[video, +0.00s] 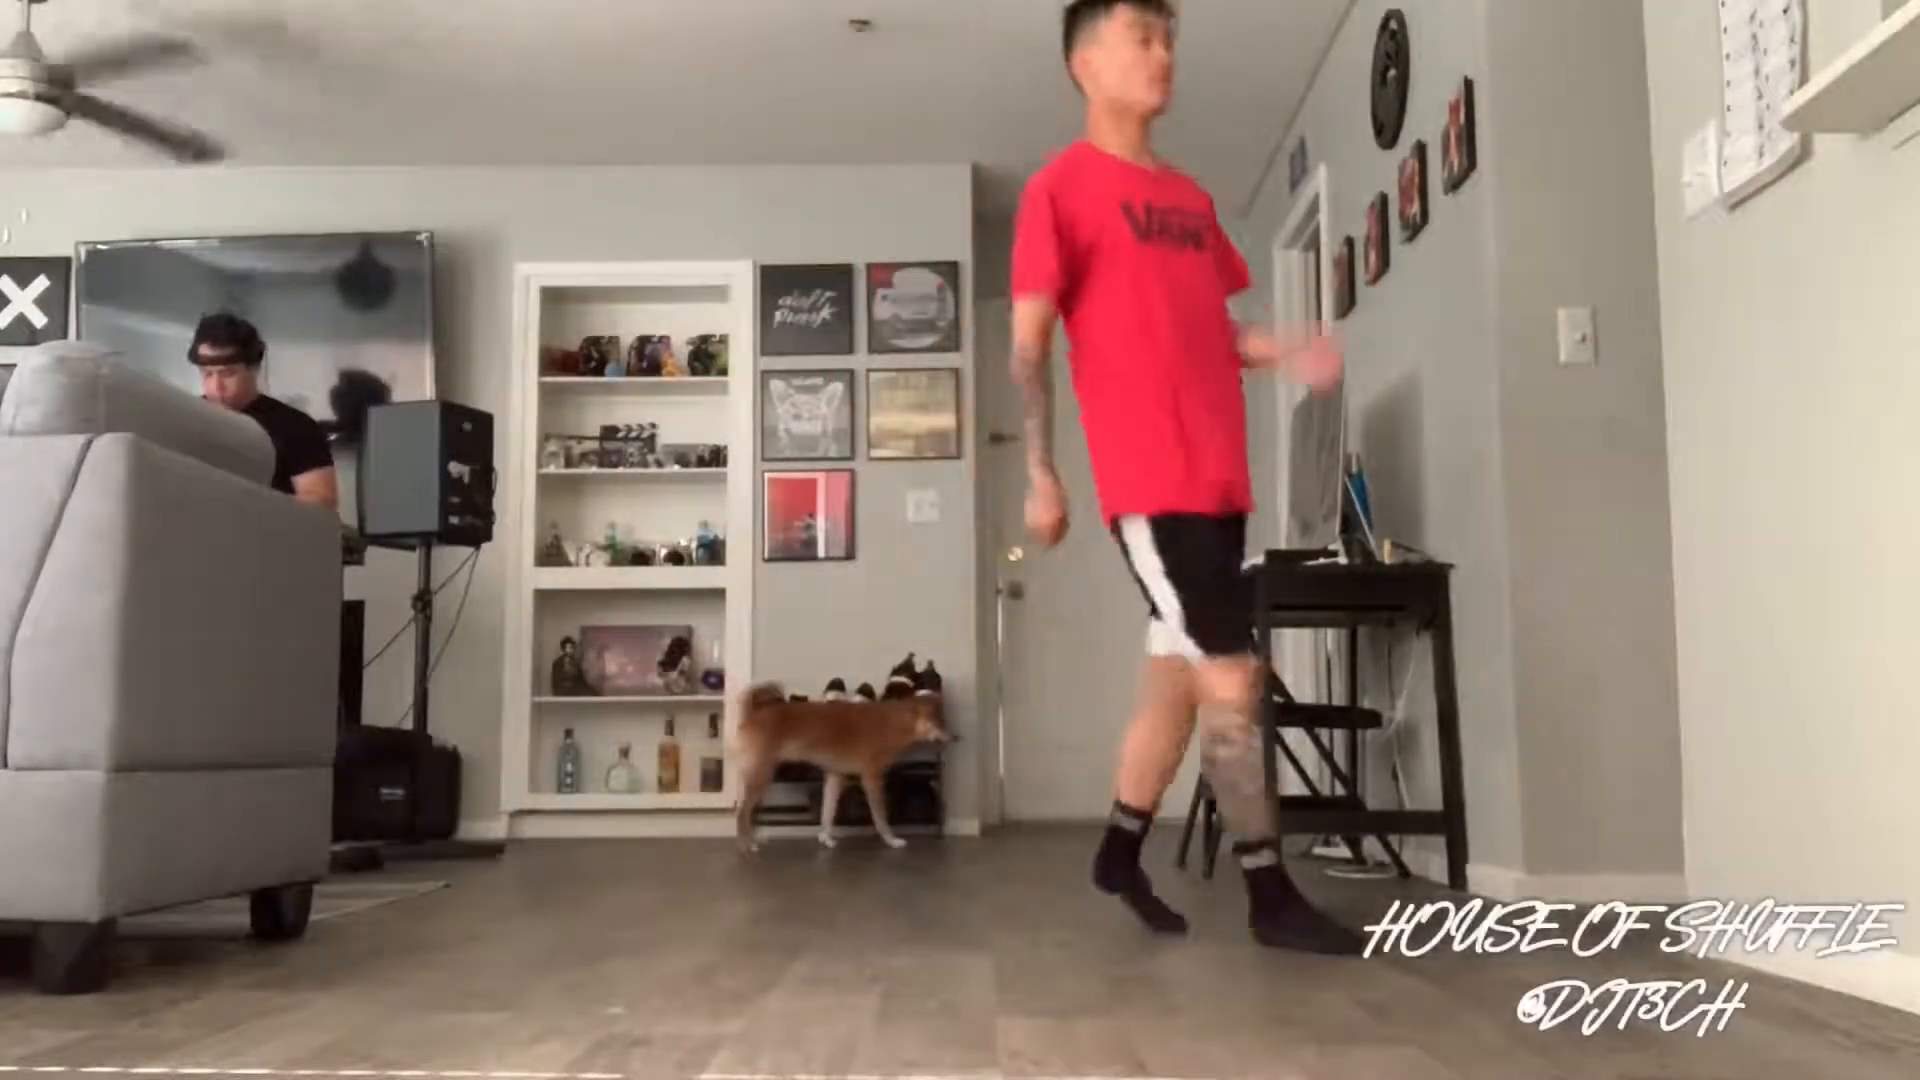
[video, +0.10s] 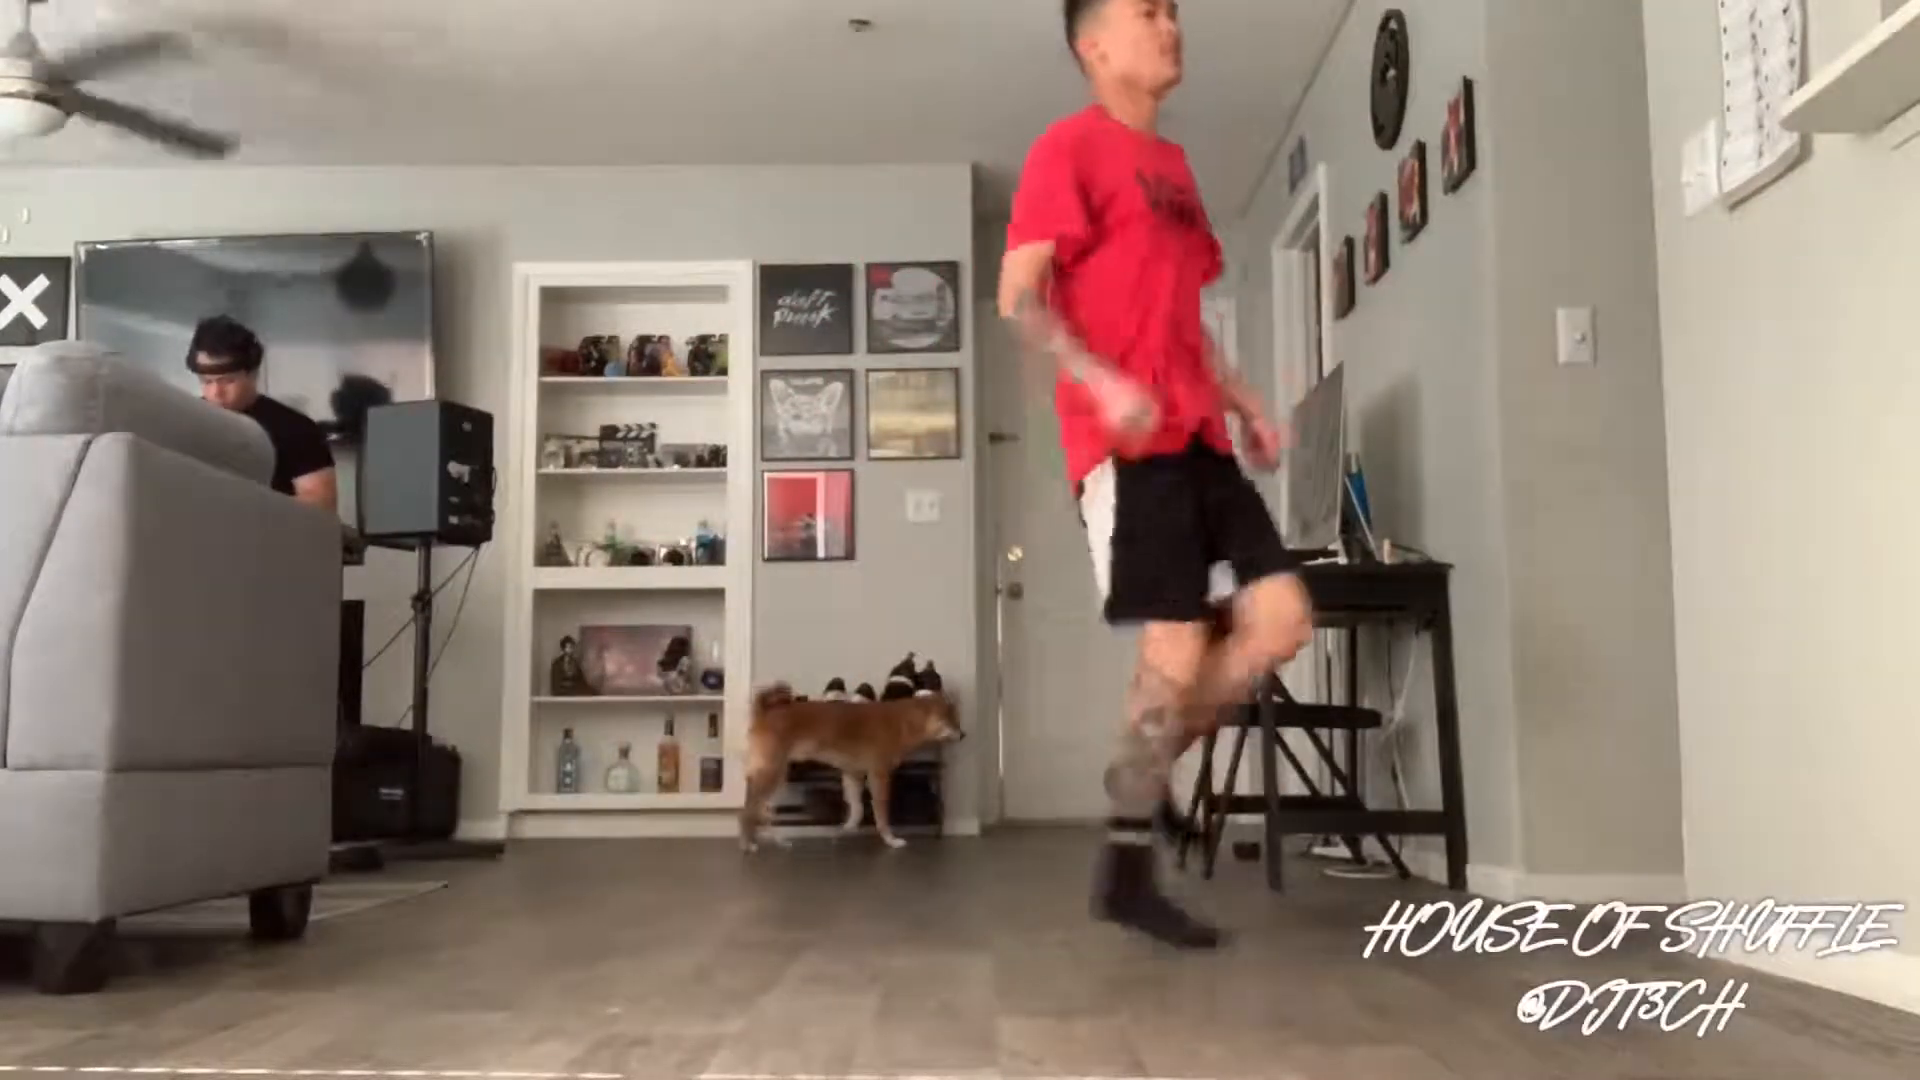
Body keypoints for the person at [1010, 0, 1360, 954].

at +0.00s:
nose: (1164, 57)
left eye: (1167, 42)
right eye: (1142, 40)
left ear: (1167, 63)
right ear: (1085, 65)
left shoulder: (1187, 194)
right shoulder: (1057, 187)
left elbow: (1214, 332)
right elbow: (1028, 342)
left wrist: (1284, 348)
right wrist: (1040, 474)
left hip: (1216, 467)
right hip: (1143, 471)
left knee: (1175, 678)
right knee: (1232, 671)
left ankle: (1118, 856)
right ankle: (1271, 894)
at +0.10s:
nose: (1172, 28)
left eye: (1172, 13)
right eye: (1149, 16)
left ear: (1164, 46)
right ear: (1093, 49)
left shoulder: (1169, 162)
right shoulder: (1068, 150)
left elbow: (1173, 311)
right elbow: (1018, 296)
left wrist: (1235, 397)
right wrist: (1102, 381)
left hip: (1194, 433)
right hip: (1126, 440)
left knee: (1281, 618)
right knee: (1173, 649)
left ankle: (1145, 762)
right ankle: (1127, 877)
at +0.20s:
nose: (1167, 39)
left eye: (1170, 25)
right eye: (1144, 23)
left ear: (1166, 53)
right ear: (1087, 52)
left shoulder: (1155, 174)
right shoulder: (1066, 148)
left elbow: (1158, 334)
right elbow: (1002, 271)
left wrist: (1220, 429)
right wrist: (1112, 301)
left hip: (1182, 445)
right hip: (1111, 456)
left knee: (1298, 606)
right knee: (1146, 670)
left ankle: (1129, 693)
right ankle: (1114, 887)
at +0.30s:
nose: (1146, 36)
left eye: (1151, 24)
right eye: (1122, 21)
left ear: (1153, 54)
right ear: (1068, 48)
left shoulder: (1163, 176)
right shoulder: (1038, 147)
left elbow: (1154, 317)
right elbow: (984, 286)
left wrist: (1184, 433)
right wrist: (1101, 311)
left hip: (1165, 441)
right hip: (1093, 441)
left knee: (1184, 654)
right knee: (1186, 645)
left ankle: (1013, 771)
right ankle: (1167, 875)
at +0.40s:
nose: (1145, 71)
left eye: (1147, 59)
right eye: (1123, 56)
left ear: (1141, 90)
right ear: (1064, 82)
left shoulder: (1126, 210)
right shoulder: (1047, 189)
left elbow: (1120, 358)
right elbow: (1030, 331)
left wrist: (1167, 464)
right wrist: (1154, 350)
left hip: (1136, 477)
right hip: (1094, 475)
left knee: (1098, 688)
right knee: (1187, 670)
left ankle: (989, 861)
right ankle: (1184, 905)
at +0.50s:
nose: (1152, 66)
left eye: (1144, 47)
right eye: (1139, 46)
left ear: (1071, 71)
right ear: (1103, 60)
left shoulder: (1032, 165)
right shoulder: (1114, 146)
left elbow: (1013, 321)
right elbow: (1114, 306)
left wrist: (1132, 387)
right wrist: (1157, 378)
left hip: (1031, 448)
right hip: (1094, 446)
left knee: (1046, 655)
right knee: (1145, 657)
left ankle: (973, 861)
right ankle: (1157, 891)